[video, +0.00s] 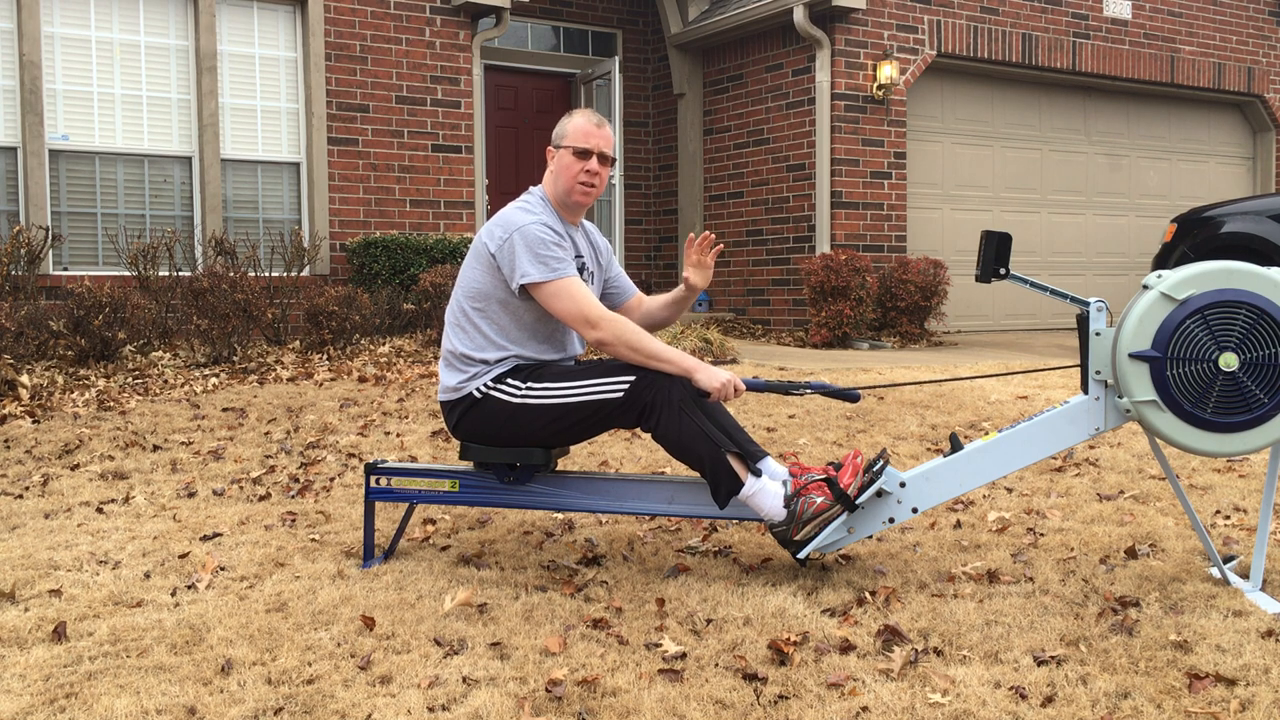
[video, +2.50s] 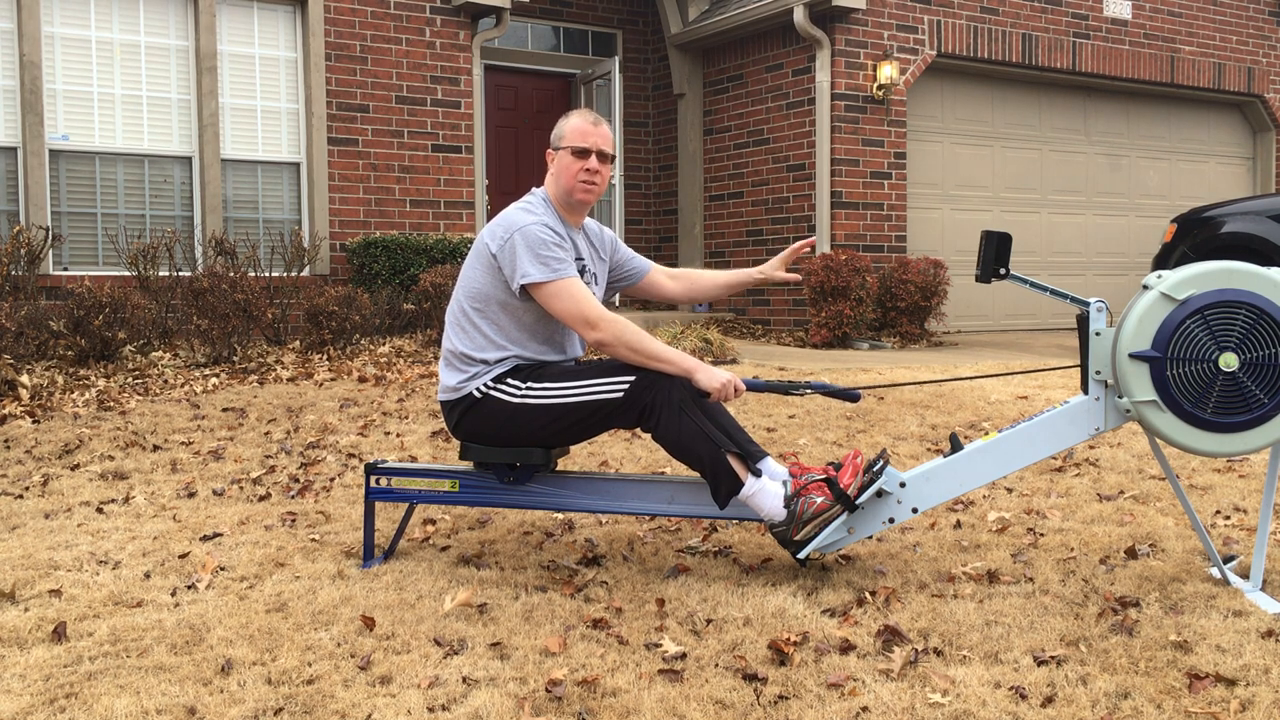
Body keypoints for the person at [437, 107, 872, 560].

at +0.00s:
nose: (594, 169)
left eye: (605, 162)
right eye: (582, 155)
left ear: (610, 173)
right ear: (550, 157)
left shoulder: (587, 236)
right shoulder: (524, 225)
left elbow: (641, 315)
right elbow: (593, 327)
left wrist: (688, 289)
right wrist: (699, 371)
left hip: (541, 377)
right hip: (487, 391)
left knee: (675, 377)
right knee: (650, 387)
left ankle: (786, 484)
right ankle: (776, 509)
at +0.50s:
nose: (595, 169)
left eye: (605, 161)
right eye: (583, 155)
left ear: (612, 172)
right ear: (551, 158)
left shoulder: (588, 238)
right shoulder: (526, 225)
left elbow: (644, 337)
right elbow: (594, 328)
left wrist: (643, 295)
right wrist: (699, 370)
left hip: (539, 376)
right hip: (486, 389)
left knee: (674, 378)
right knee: (650, 388)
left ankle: (786, 484)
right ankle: (776, 509)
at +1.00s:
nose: (593, 169)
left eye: (604, 160)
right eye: (580, 155)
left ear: (611, 171)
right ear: (550, 158)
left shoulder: (591, 238)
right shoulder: (524, 226)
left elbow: (657, 298)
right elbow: (594, 327)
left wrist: (744, 283)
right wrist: (699, 371)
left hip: (540, 377)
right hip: (487, 391)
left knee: (676, 378)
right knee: (650, 388)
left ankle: (787, 485)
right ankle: (776, 510)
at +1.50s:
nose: (593, 167)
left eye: (603, 159)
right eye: (580, 154)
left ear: (610, 171)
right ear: (549, 158)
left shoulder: (586, 236)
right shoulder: (525, 225)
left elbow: (642, 311)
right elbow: (593, 327)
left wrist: (675, 287)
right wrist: (699, 371)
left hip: (539, 376)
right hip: (487, 390)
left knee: (675, 378)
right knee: (650, 388)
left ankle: (787, 483)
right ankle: (776, 509)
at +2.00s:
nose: (596, 170)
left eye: (607, 162)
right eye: (584, 156)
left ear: (612, 173)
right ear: (553, 158)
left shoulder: (592, 239)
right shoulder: (525, 226)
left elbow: (644, 323)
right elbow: (595, 330)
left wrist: (654, 303)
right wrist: (699, 371)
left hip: (540, 377)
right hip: (486, 390)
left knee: (674, 379)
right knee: (651, 388)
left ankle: (786, 485)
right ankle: (775, 509)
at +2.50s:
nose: (593, 167)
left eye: (604, 159)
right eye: (580, 154)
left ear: (611, 171)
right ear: (550, 159)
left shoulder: (594, 236)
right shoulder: (525, 227)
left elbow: (670, 285)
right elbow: (596, 328)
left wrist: (759, 275)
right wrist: (699, 370)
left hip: (542, 376)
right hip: (487, 391)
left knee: (677, 378)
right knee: (651, 388)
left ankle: (786, 483)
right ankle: (775, 509)